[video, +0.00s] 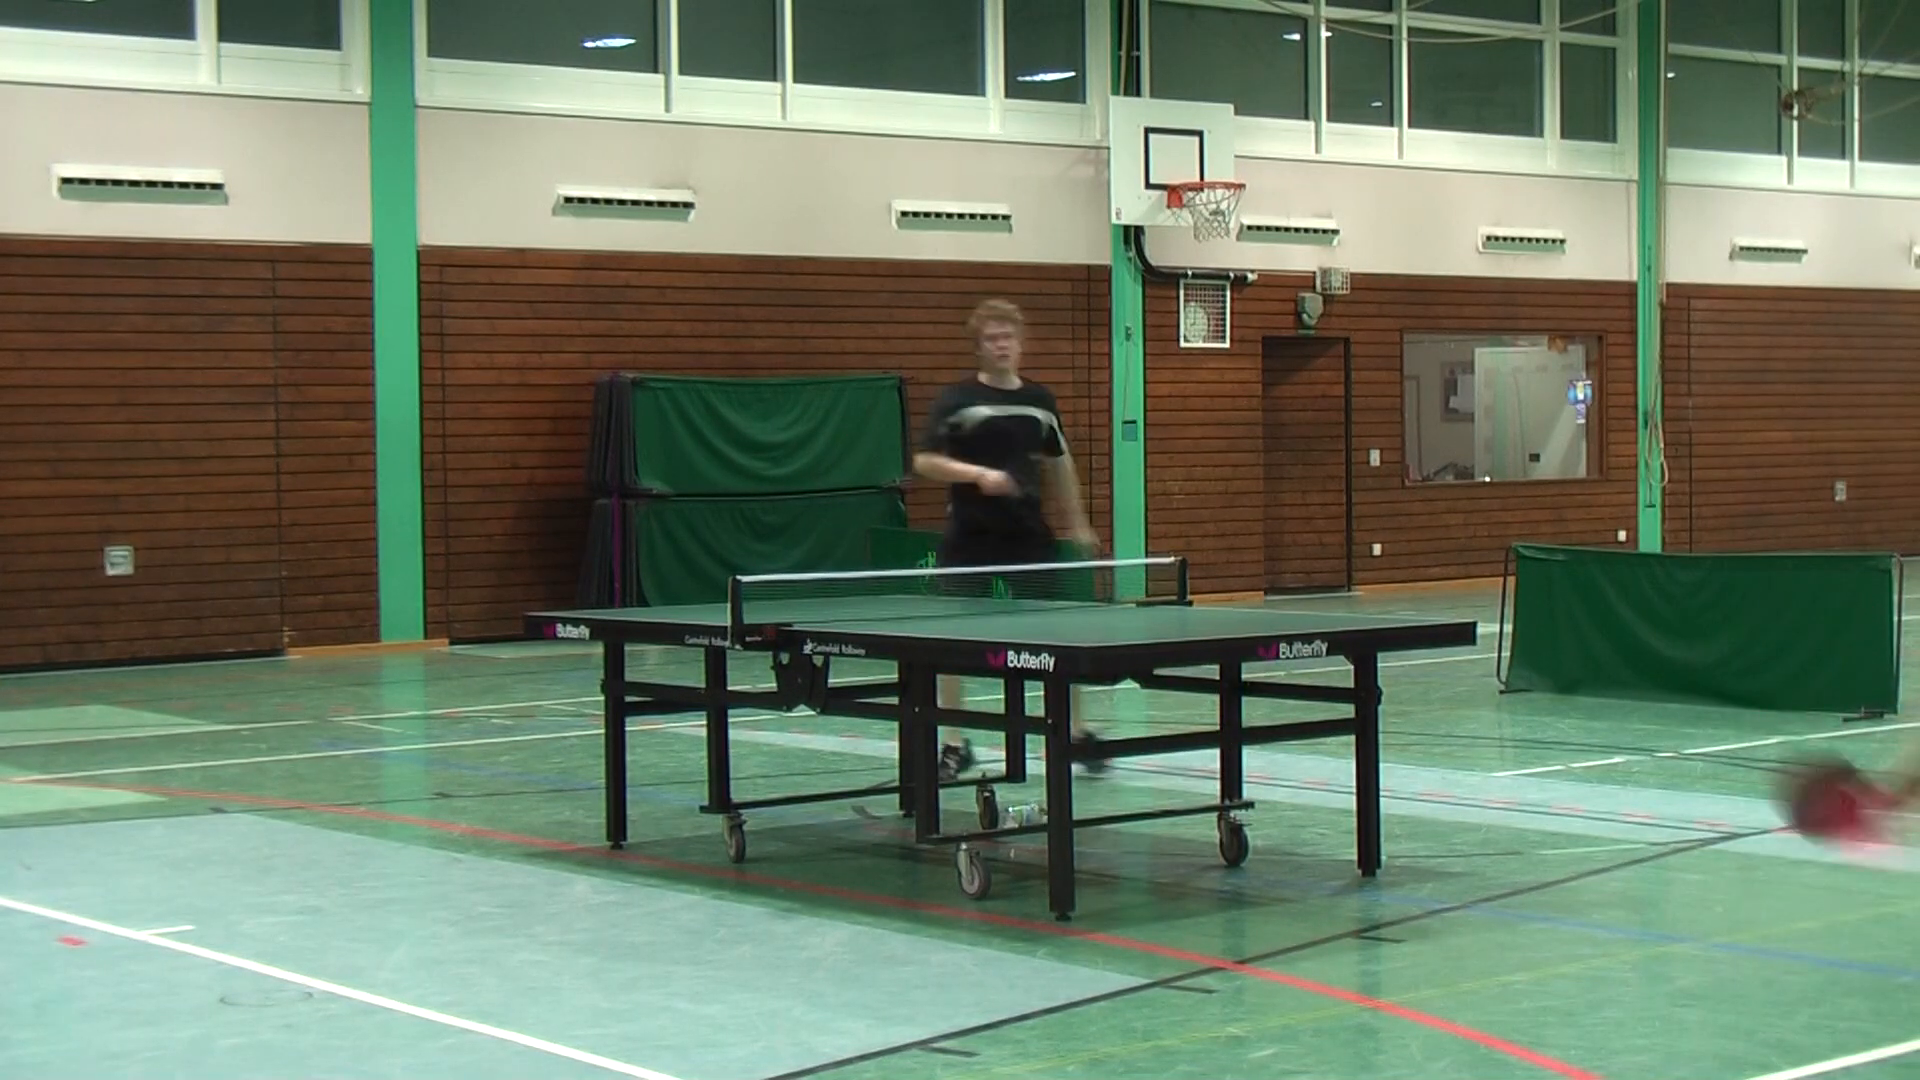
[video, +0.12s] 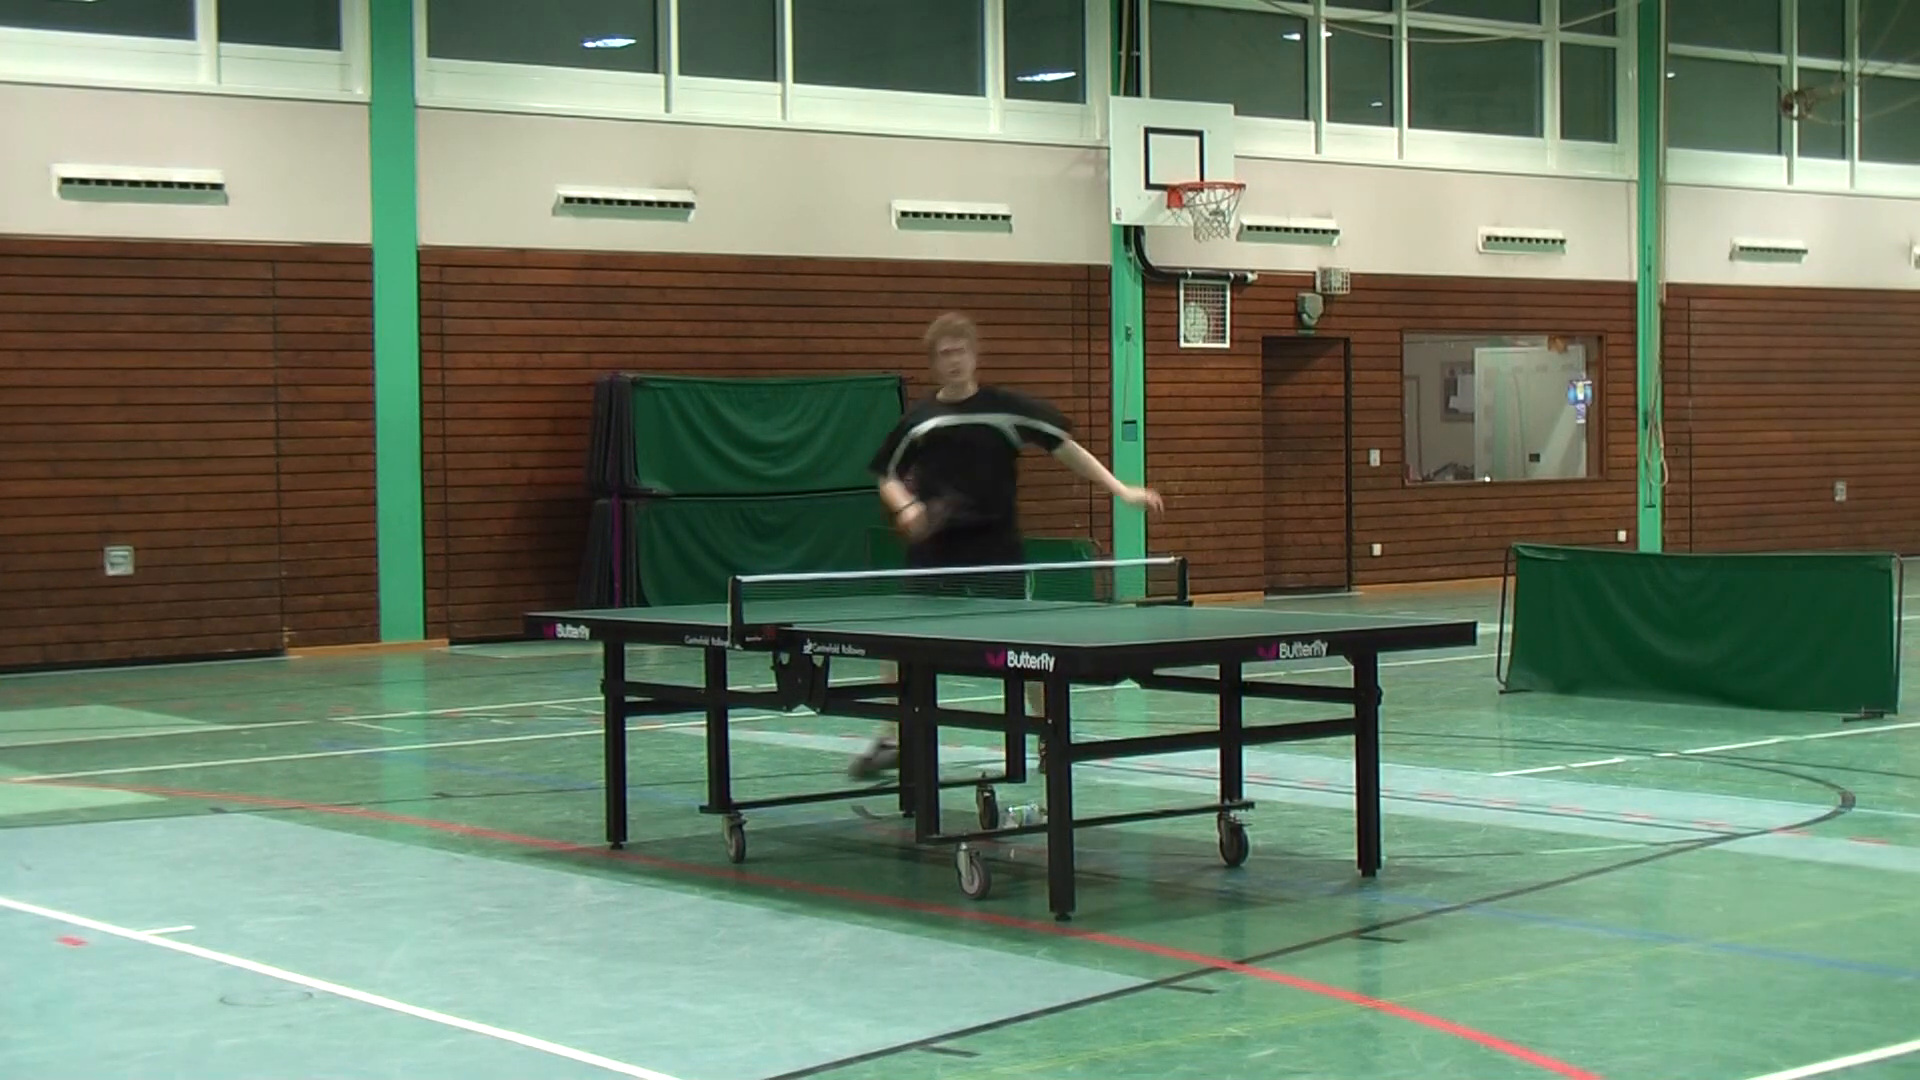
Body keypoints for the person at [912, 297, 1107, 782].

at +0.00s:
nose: (999, 346)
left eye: (1006, 337)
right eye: (990, 339)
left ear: (1021, 341)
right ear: (975, 346)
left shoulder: (1039, 400)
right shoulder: (956, 399)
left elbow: (1060, 466)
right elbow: (924, 461)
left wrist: (1077, 524)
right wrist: (978, 473)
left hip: (1030, 539)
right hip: (970, 541)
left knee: (1060, 634)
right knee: (951, 645)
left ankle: (1070, 729)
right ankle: (952, 743)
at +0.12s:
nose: (953, 361)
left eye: (961, 352)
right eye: (944, 354)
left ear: (976, 355)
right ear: (931, 362)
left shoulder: (1006, 408)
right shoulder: (917, 418)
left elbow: (1066, 448)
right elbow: (888, 476)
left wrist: (1120, 490)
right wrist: (905, 506)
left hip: (995, 556)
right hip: (930, 559)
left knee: (1024, 651)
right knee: (896, 643)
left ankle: (1050, 737)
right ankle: (892, 737)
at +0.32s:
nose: (860, 384)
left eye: (867, 376)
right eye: (851, 377)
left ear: (882, 378)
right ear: (839, 385)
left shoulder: (910, 427)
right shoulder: (840, 443)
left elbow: (967, 463)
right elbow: (833, 503)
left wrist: (967, 494)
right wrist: (811, 545)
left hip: (923, 570)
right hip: (867, 572)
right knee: (815, 636)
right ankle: (838, 741)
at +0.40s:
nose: (824, 376)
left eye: (831, 368)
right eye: (815, 370)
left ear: (845, 370)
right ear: (803, 376)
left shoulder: (871, 421)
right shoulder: (808, 428)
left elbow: (920, 470)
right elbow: (807, 486)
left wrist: (888, 509)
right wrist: (785, 527)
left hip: (881, 560)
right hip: (830, 560)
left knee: (924, 647)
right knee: (803, 647)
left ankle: (993, 720)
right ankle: (836, 740)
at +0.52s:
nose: (774, 363)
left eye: (782, 354)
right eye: (766, 356)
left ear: (798, 356)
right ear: (756, 363)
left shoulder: (821, 404)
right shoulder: (764, 412)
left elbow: (863, 456)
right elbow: (765, 465)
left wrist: (809, 498)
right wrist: (745, 494)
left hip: (831, 539)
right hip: (791, 540)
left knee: (826, 633)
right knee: (799, 641)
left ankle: (888, 714)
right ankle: (835, 739)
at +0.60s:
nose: (744, 361)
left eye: (751, 352)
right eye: (735, 354)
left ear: (768, 353)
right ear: (725, 359)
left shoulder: (790, 400)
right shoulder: (736, 406)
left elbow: (833, 448)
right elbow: (738, 458)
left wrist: (776, 490)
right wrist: (715, 482)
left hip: (803, 535)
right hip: (768, 536)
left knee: (778, 624)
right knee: (797, 631)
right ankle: (831, 731)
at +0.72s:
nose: (681, 373)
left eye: (689, 364)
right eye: (677, 365)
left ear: (714, 364)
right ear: (677, 369)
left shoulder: (739, 409)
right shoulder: (693, 414)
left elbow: (784, 458)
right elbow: (690, 464)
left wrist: (729, 499)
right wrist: (662, 490)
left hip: (751, 545)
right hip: (723, 544)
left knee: (692, 630)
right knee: (782, 635)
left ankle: (667, 738)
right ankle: (831, 730)